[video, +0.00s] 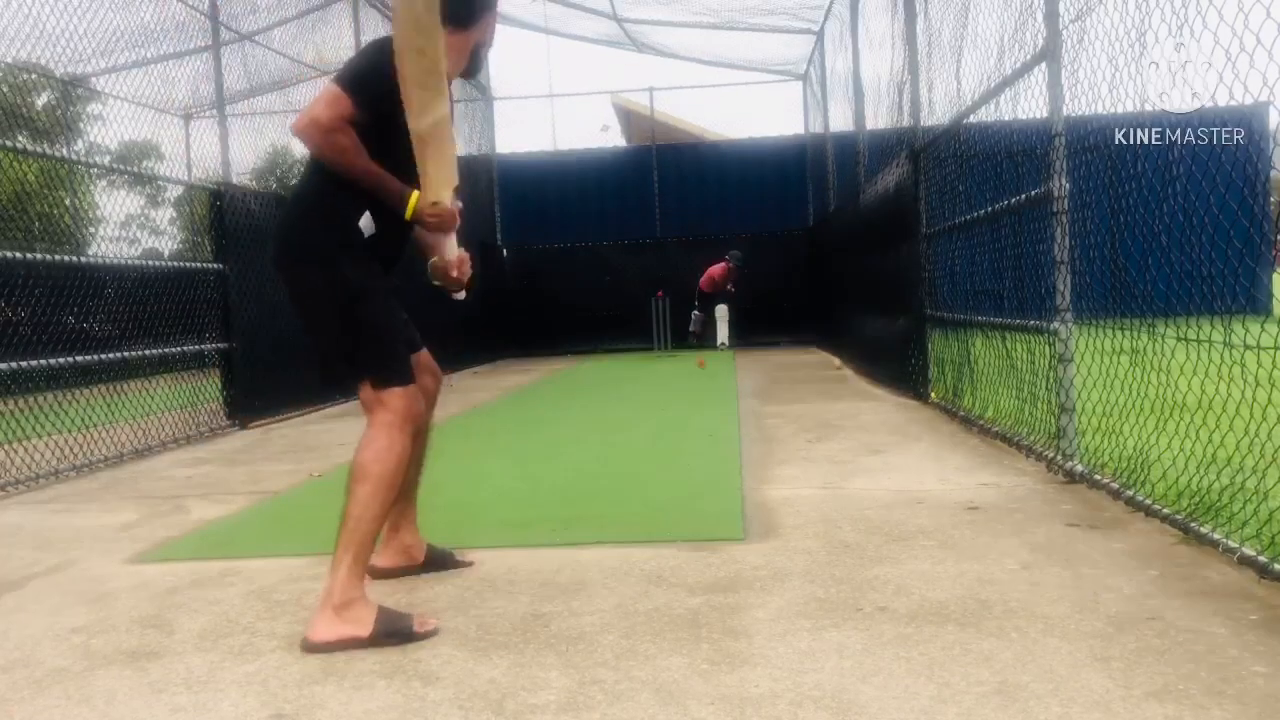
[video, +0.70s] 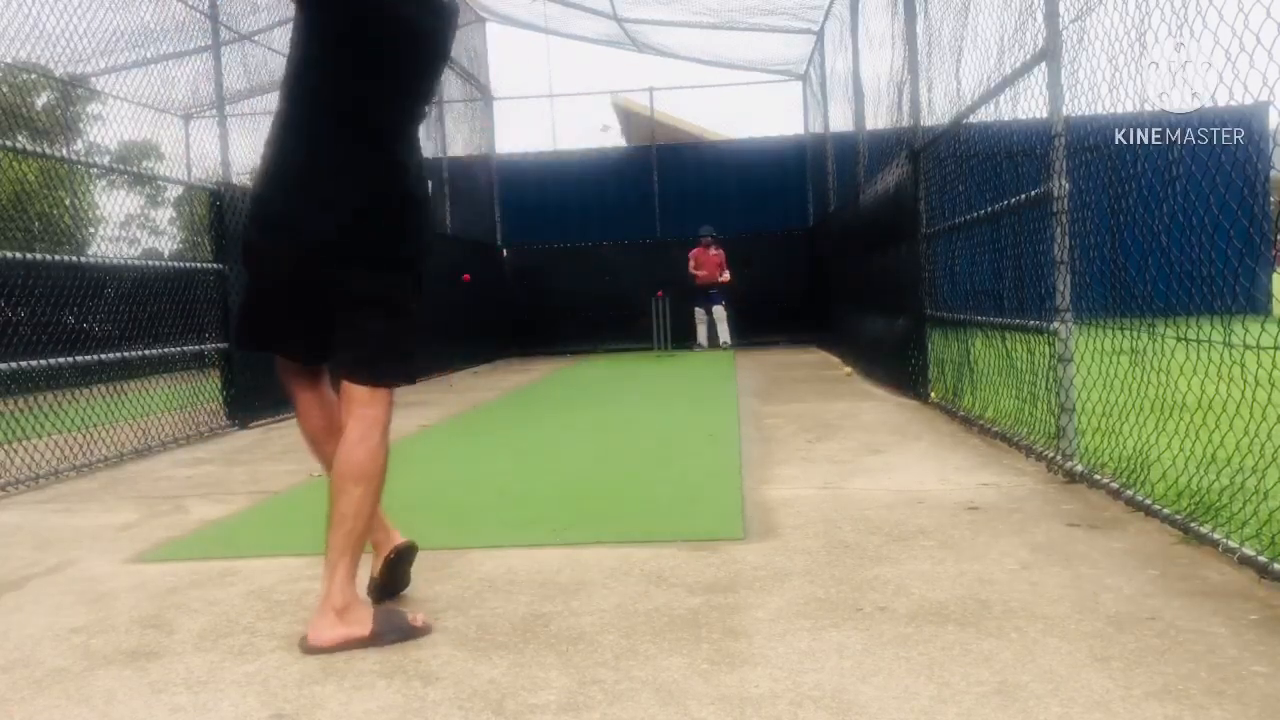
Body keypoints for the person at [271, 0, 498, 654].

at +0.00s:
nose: (482, 52)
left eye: (486, 39)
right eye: (484, 36)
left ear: (440, 23)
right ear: (468, 25)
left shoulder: (429, 86)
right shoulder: (394, 57)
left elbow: (420, 192)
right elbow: (316, 125)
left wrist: (442, 250)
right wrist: (408, 200)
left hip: (351, 250)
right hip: (320, 249)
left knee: (423, 377)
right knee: (396, 402)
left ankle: (398, 543)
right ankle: (341, 607)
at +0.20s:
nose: (485, 31)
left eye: (488, 19)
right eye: (480, 15)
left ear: (470, 19)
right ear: (446, 12)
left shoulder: (436, 91)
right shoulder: (367, 48)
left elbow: (422, 190)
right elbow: (292, 127)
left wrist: (446, 211)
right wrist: (416, 139)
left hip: (353, 260)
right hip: (314, 258)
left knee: (422, 380)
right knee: (414, 411)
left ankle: (390, 546)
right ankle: (341, 605)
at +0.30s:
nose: (476, 27)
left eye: (475, 16)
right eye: (472, 15)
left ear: (420, 14)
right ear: (450, 15)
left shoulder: (420, 75)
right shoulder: (370, 61)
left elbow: (464, 164)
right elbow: (387, 173)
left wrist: (532, 169)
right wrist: (493, 123)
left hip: (347, 261)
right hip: (319, 263)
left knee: (399, 402)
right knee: (429, 418)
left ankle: (387, 545)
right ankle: (339, 605)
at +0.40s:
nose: (452, 3)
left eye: (451, 1)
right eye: (449, 1)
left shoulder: (312, 12)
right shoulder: (410, 37)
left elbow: (366, 104)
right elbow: (442, 169)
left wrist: (456, 127)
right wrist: (505, 169)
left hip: (280, 226)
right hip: (350, 237)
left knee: (367, 389)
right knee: (414, 407)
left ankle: (392, 537)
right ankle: (342, 607)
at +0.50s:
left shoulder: (279, 11)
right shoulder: (421, 15)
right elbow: (438, 98)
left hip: (298, 213)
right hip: (380, 217)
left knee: (365, 377)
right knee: (380, 403)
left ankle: (399, 533)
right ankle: (341, 605)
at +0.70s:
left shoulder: (326, 3)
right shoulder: (437, 11)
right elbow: (409, 105)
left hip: (294, 192)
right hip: (383, 197)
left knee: (304, 375)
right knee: (367, 400)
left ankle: (385, 539)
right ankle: (338, 609)